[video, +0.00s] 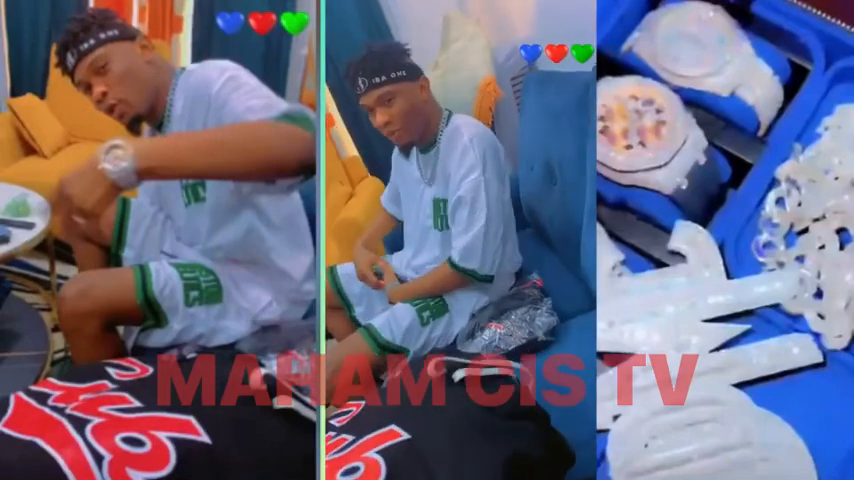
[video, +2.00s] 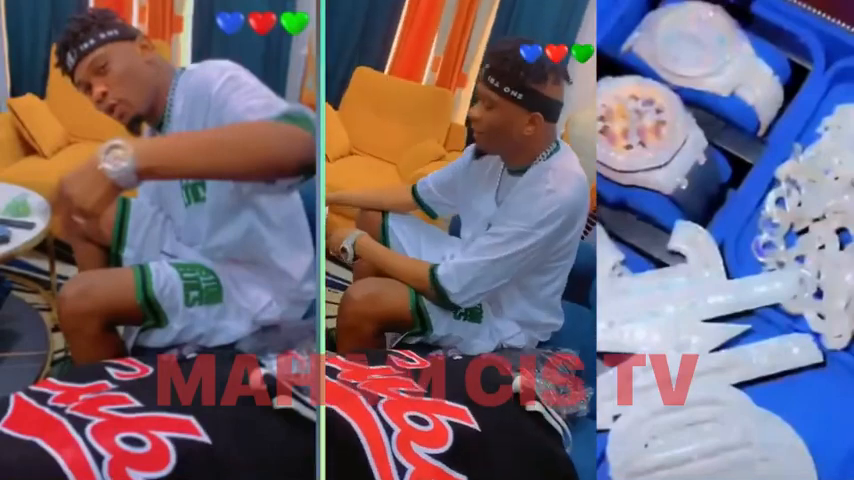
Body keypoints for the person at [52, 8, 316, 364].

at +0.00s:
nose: (98, 94)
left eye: (102, 70)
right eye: (87, 89)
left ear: (144, 48)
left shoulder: (212, 81)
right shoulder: (152, 133)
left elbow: (299, 145)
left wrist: (132, 160)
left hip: (259, 280)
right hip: (190, 251)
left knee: (80, 300)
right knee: (85, 215)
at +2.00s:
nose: (98, 94)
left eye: (102, 70)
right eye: (87, 89)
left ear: (144, 48)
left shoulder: (213, 81)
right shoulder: (152, 133)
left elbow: (298, 146)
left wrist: (132, 160)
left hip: (260, 280)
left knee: (80, 300)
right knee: (85, 215)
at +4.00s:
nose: (97, 94)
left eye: (102, 70)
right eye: (87, 89)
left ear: (144, 48)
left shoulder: (214, 81)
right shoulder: (153, 135)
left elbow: (298, 145)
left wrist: (131, 161)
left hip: (261, 278)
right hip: (192, 252)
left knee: (80, 300)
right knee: (84, 215)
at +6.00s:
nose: (97, 94)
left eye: (102, 70)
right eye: (87, 89)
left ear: (145, 48)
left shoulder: (214, 81)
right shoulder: (153, 134)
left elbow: (298, 146)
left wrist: (131, 160)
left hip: (262, 279)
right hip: (192, 253)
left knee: (80, 300)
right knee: (83, 213)